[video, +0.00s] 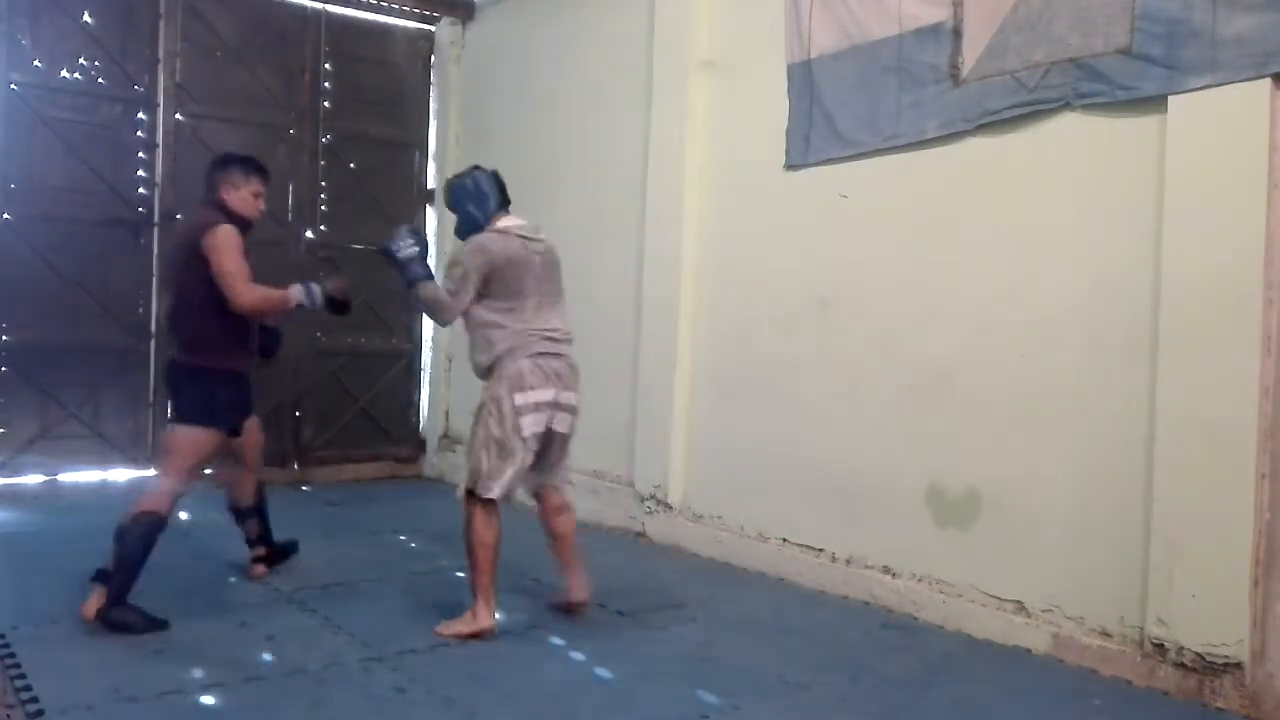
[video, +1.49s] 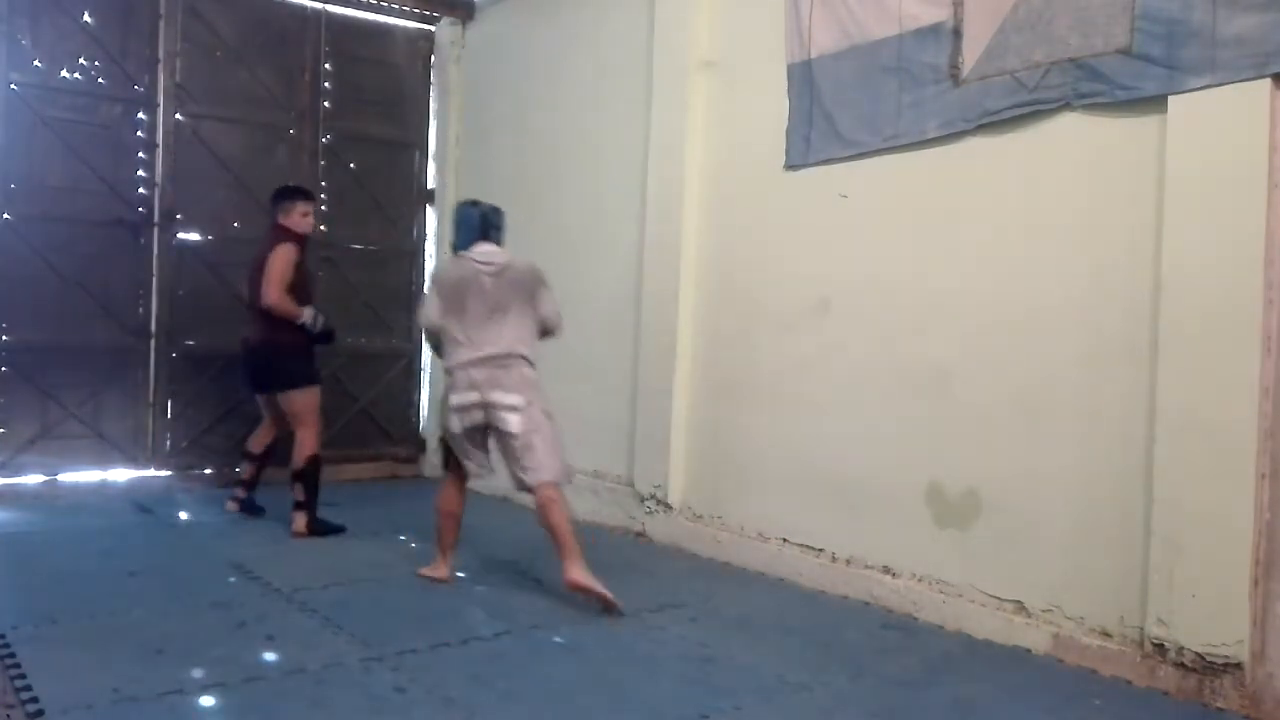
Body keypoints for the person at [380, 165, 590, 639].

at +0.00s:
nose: (454, 221)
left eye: (455, 211)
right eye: (452, 212)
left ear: (473, 207)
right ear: (502, 202)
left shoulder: (479, 249)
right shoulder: (544, 248)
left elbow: (445, 309)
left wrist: (414, 267)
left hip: (515, 382)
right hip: (563, 380)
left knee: (483, 495)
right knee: (548, 482)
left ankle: (483, 610)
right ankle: (577, 585)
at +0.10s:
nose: (454, 218)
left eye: (455, 208)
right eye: (453, 209)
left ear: (468, 207)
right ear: (501, 200)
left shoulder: (475, 248)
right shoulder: (543, 246)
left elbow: (449, 310)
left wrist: (417, 272)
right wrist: (444, 265)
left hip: (510, 382)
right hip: (558, 380)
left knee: (481, 497)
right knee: (538, 484)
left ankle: (482, 609)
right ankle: (553, 585)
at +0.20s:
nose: (454, 224)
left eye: (455, 216)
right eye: (452, 216)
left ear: (467, 217)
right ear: (501, 209)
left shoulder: (469, 262)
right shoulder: (538, 255)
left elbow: (464, 332)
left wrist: (434, 322)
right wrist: (459, 260)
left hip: (489, 383)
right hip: (536, 381)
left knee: (435, 477)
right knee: (505, 486)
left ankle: (453, 568)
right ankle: (498, 580)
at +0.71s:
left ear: (460, 220)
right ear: (501, 218)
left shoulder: (446, 261)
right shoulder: (521, 253)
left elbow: (435, 309)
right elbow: (527, 315)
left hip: (444, 380)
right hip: (494, 382)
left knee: (436, 477)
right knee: (524, 473)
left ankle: (401, 575)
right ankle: (507, 570)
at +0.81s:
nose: (570, 233)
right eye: (572, 227)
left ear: (533, 219)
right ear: (573, 226)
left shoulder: (496, 257)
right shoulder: (575, 266)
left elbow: (460, 308)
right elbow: (573, 336)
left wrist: (487, 334)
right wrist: (543, 308)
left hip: (474, 378)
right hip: (523, 387)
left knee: (442, 475)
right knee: (547, 491)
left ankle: (388, 558)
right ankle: (531, 592)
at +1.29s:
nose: (503, 253)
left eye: (506, 246)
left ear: (511, 249)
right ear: (551, 247)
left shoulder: (501, 293)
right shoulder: (582, 289)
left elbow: (478, 363)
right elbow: (607, 346)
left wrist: (480, 373)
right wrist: (563, 340)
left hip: (513, 410)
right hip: (570, 408)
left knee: (477, 481)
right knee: (597, 502)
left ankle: (443, 556)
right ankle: (601, 604)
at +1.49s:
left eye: (459, 229)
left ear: (460, 233)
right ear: (499, 233)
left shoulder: (447, 274)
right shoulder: (524, 272)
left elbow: (431, 323)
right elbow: (550, 323)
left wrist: (449, 351)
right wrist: (515, 331)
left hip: (466, 386)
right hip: (516, 385)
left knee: (455, 475)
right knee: (542, 480)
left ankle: (443, 562)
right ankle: (574, 566)